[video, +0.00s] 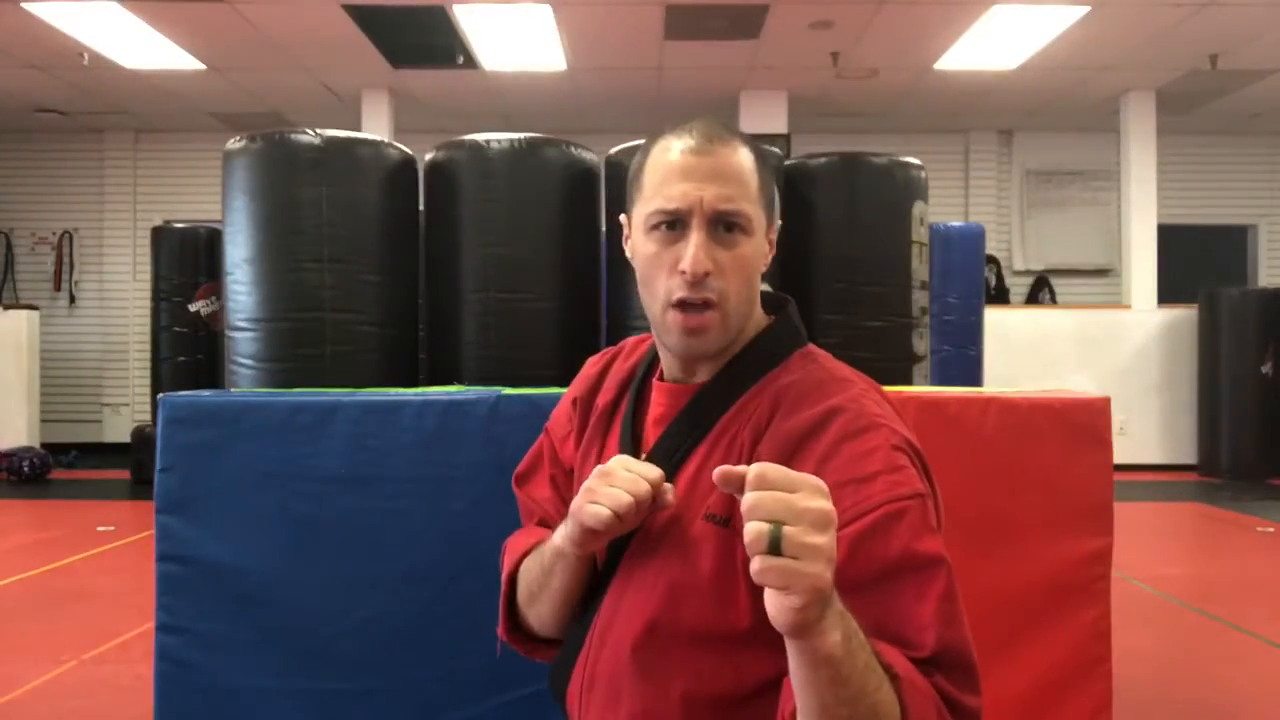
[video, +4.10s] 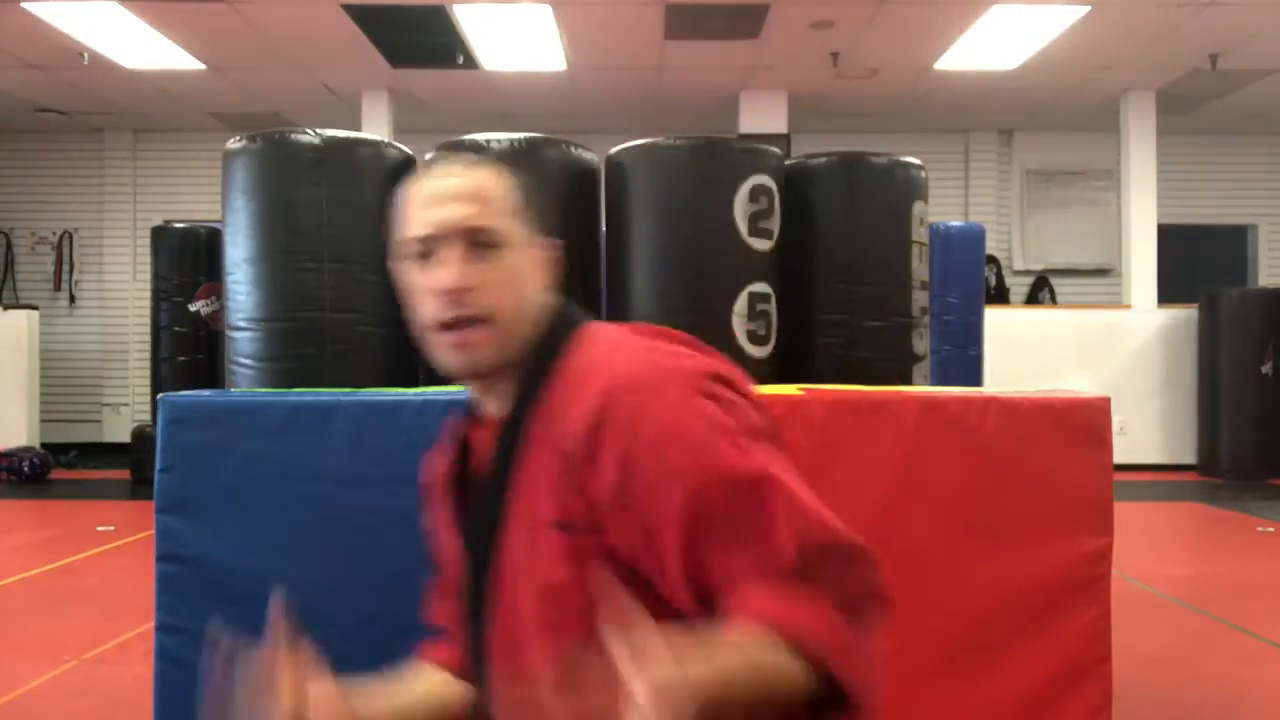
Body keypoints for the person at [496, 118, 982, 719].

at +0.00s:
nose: (695, 261)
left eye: (727, 228)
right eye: (668, 226)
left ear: (769, 245)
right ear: (628, 241)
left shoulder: (846, 431)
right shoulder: (603, 385)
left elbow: (921, 704)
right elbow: (533, 621)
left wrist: (816, 625)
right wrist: (570, 543)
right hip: (592, 704)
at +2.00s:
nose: (667, 274)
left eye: (709, 241)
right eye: (652, 233)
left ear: (764, 261)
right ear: (625, 240)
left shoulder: (844, 441)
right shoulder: (599, 388)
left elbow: (925, 706)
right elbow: (535, 628)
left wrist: (812, 648)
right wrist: (568, 554)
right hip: (587, 706)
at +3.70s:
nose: (705, 246)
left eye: (736, 215)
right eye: (679, 215)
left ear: (782, 237)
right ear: (644, 237)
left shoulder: (867, 405)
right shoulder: (592, 379)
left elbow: (929, 701)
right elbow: (542, 636)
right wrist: (547, 564)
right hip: (627, 704)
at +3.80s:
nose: (699, 244)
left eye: (730, 211)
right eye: (672, 213)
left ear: (773, 233)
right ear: (630, 236)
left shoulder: (863, 396)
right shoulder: (600, 389)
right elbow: (575, 577)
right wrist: (538, 655)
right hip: (630, 704)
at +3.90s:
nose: (638, 259)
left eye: (671, 227)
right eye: (608, 229)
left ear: (719, 246)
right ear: (569, 255)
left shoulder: (805, 407)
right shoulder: (586, 421)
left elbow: (892, 680)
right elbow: (569, 625)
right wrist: (553, 700)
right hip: (602, 704)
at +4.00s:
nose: (544, 275)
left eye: (576, 242)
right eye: (516, 248)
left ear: (637, 259)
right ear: (488, 276)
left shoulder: (723, 415)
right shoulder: (540, 454)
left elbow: (864, 676)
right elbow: (528, 671)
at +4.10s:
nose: (450, 282)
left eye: (483, 246)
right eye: (423, 253)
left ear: (550, 262)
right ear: (399, 280)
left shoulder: (644, 394)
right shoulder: (457, 459)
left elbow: (822, 621)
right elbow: (465, 669)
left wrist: (692, 671)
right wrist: (341, 700)